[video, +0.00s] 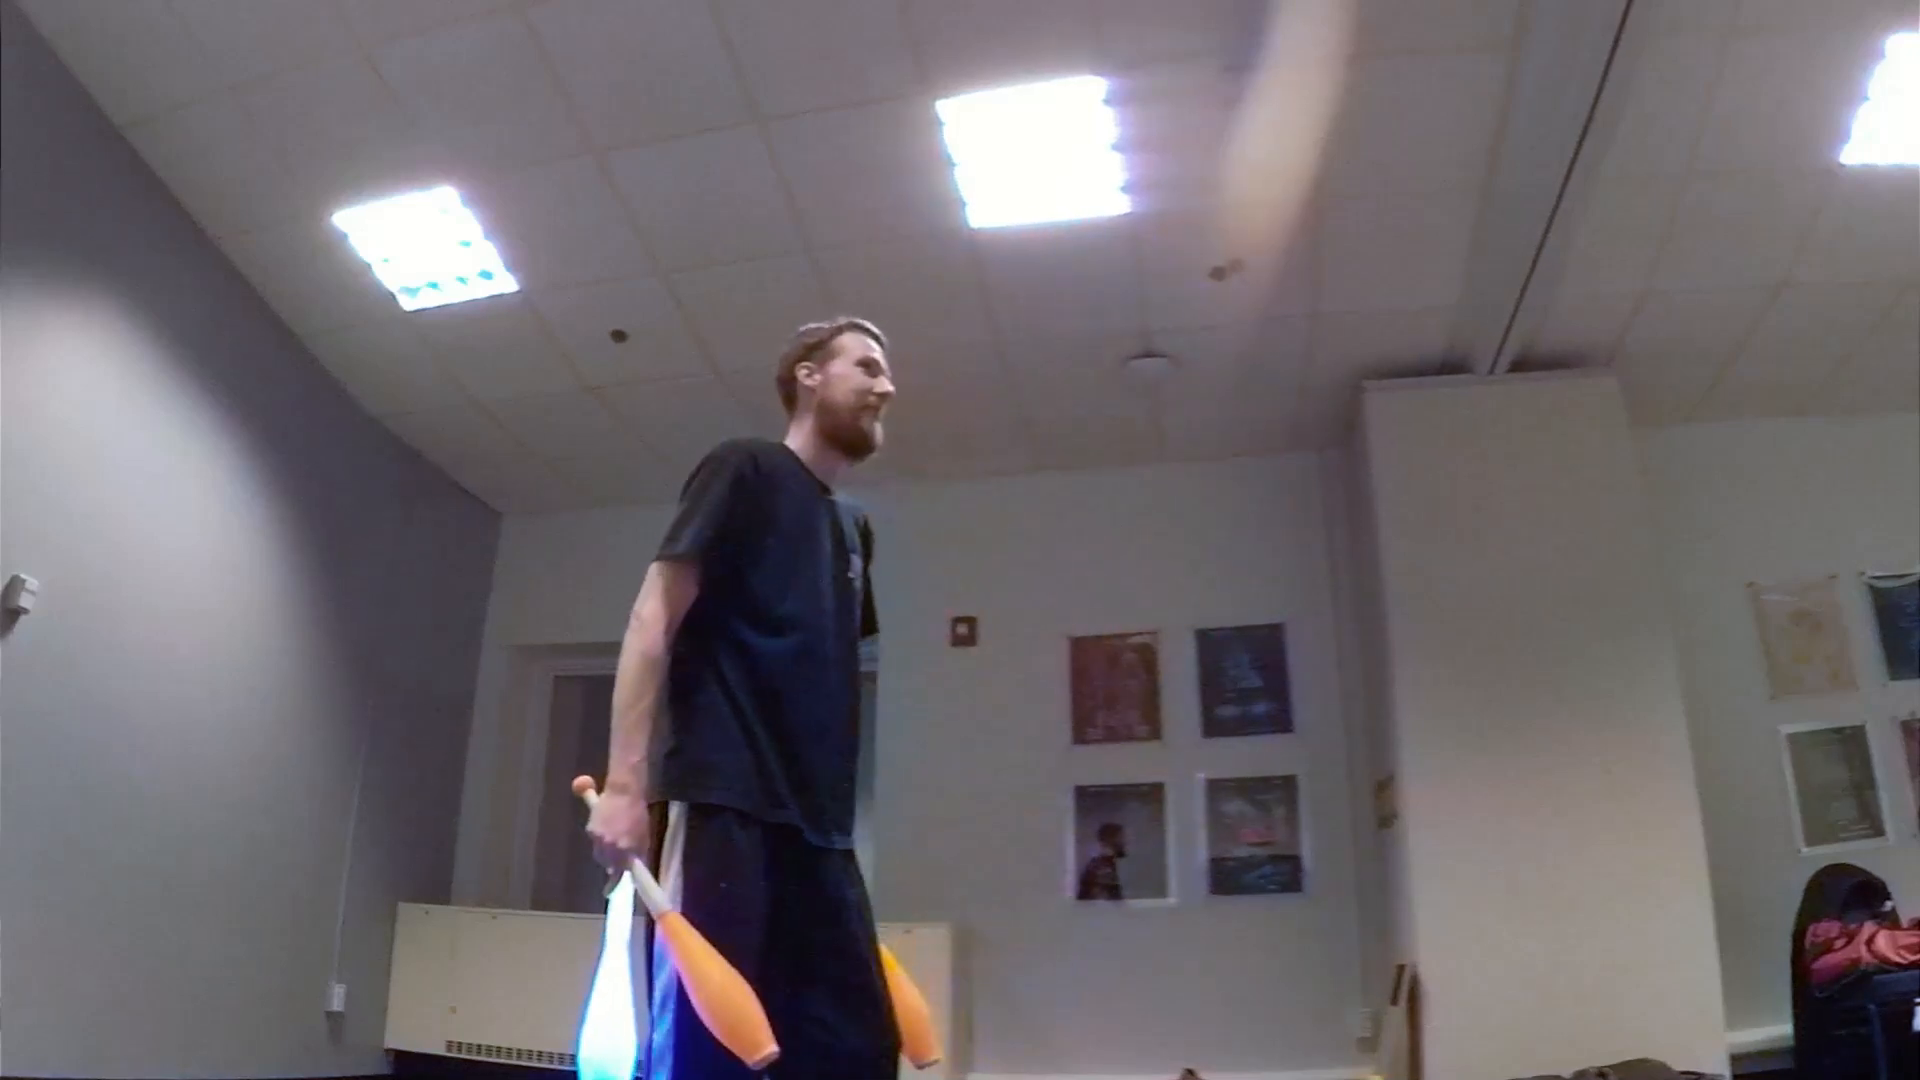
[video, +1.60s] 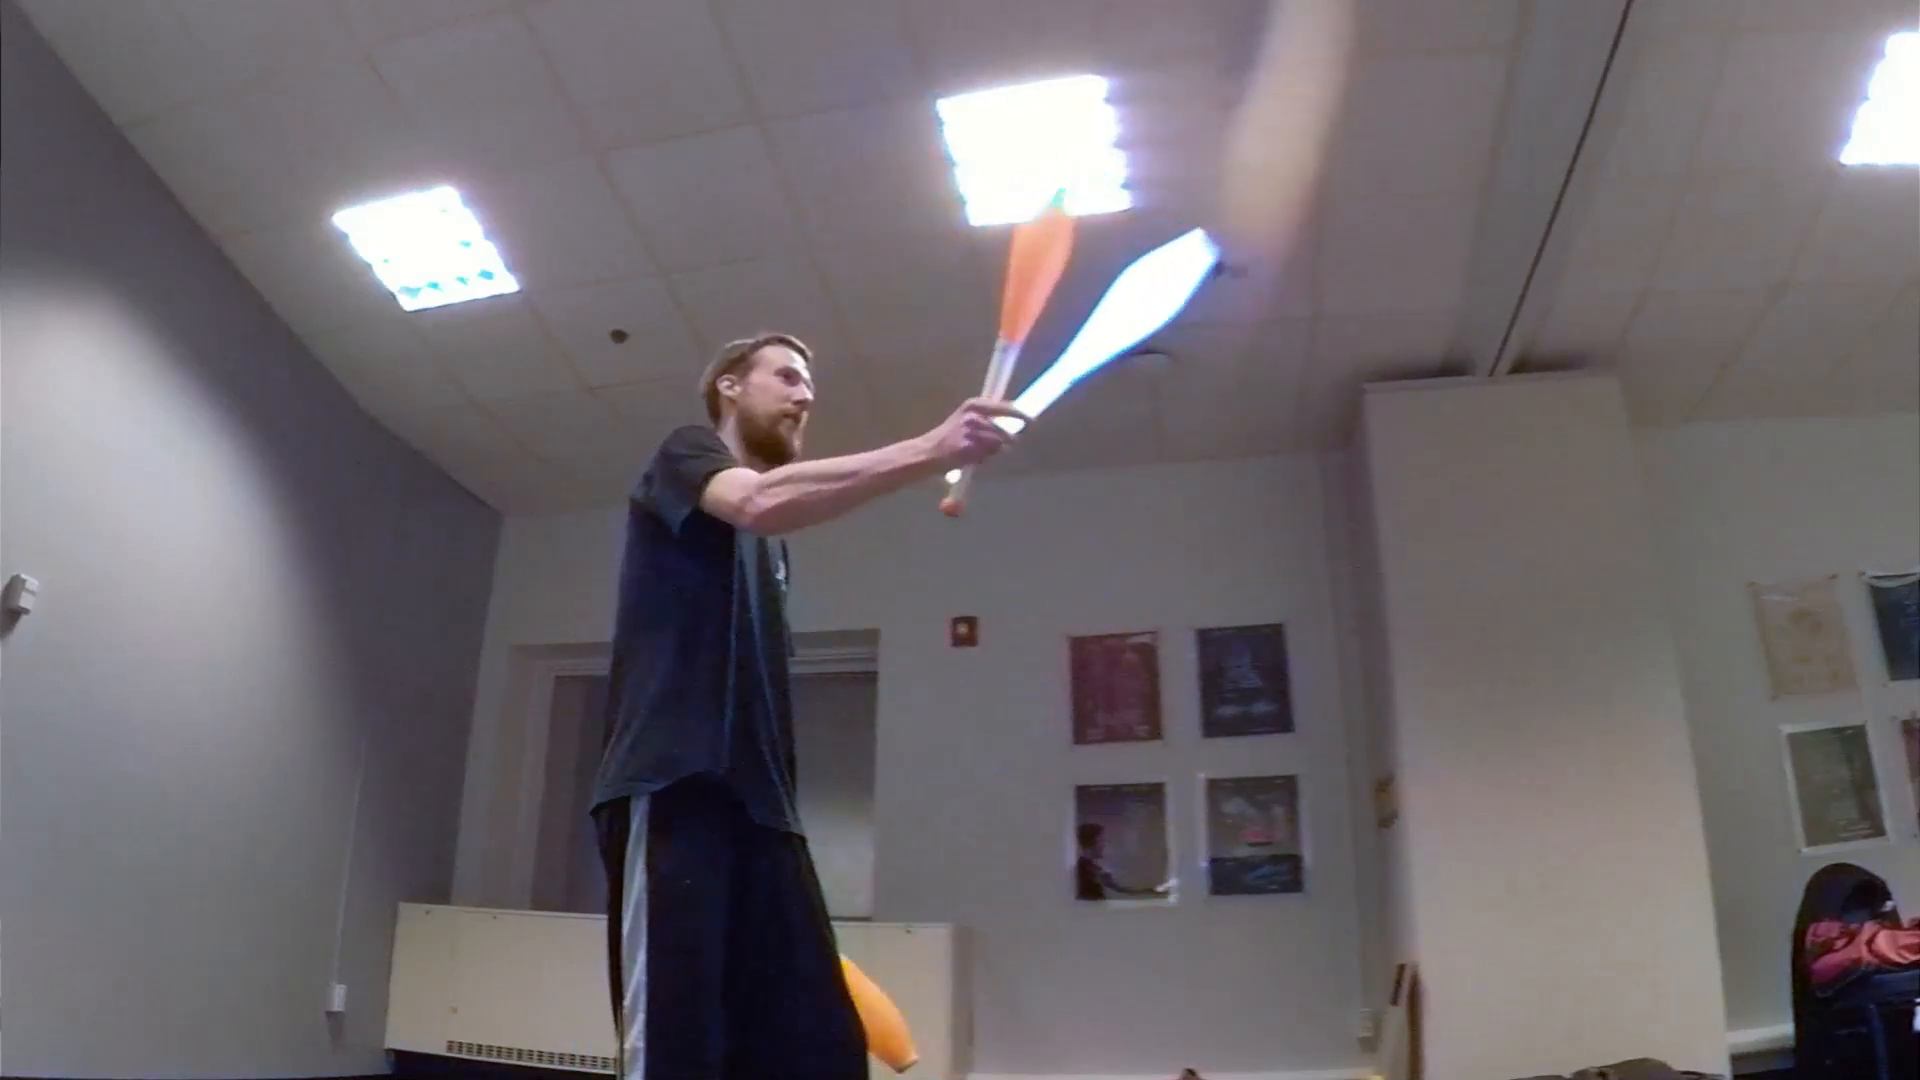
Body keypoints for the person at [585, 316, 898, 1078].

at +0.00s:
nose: (885, 384)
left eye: (887, 375)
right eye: (867, 365)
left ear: (877, 407)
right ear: (805, 378)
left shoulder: (852, 526)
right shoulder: (743, 468)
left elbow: (833, 673)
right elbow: (651, 617)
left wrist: (830, 819)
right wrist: (625, 786)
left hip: (818, 829)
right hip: (721, 815)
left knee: (857, 1044)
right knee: (705, 1045)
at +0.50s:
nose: (822, 381)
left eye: (824, 372)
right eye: (801, 362)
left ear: (822, 405)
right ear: (741, 379)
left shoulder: (790, 524)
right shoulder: (686, 470)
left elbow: (774, 670)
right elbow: (599, 618)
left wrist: (788, 740)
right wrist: (710, 709)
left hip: (771, 814)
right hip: (685, 806)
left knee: (836, 1046)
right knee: (683, 1050)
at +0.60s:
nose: (817, 383)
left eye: (821, 374)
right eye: (796, 363)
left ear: (815, 404)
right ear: (737, 380)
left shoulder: (785, 526)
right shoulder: (682, 467)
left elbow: (773, 647)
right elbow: (637, 612)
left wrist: (825, 602)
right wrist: (792, 593)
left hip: (772, 814)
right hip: (681, 800)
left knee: (812, 1041)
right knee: (680, 1040)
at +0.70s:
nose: (810, 386)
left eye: (815, 376)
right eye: (790, 367)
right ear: (732, 379)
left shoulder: (768, 518)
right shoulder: (682, 458)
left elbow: (763, 671)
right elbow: (712, 556)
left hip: (770, 814)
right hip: (681, 803)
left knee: (816, 1044)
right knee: (678, 1045)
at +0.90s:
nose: (801, 383)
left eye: (806, 375)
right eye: (784, 367)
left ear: (795, 396)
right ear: (726, 384)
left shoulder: (761, 526)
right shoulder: (680, 456)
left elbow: (756, 679)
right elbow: (768, 450)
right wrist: (879, 308)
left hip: (756, 791)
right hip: (679, 780)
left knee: (815, 1026)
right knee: (679, 1022)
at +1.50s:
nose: (801, 397)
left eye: (805, 388)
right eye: (782, 378)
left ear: (799, 411)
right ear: (724, 388)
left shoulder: (763, 534)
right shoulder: (684, 454)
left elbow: (751, 666)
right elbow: (770, 484)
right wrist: (934, 415)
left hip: (755, 798)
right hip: (674, 786)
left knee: (813, 1029)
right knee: (671, 1026)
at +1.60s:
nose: (805, 395)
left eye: (808, 386)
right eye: (786, 376)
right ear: (728, 385)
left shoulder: (763, 515)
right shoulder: (685, 451)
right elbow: (757, 502)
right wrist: (930, 447)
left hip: (756, 793)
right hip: (675, 784)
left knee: (813, 1030)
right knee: (678, 1024)